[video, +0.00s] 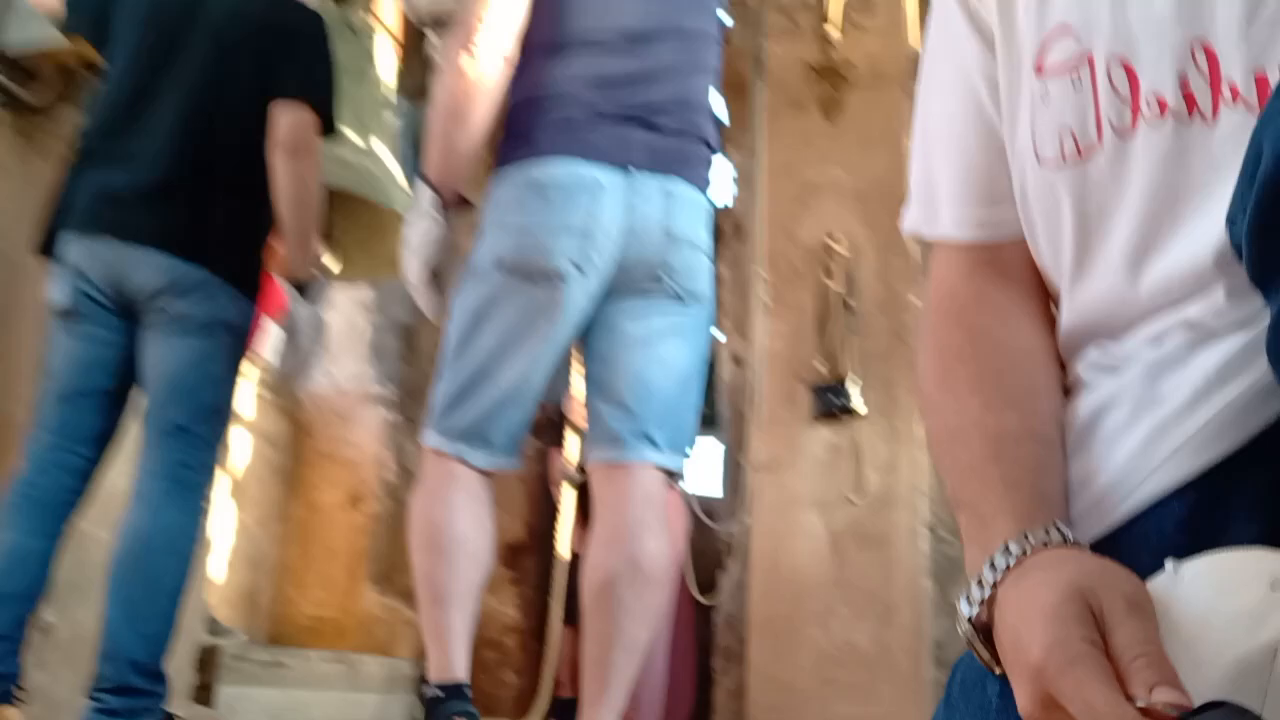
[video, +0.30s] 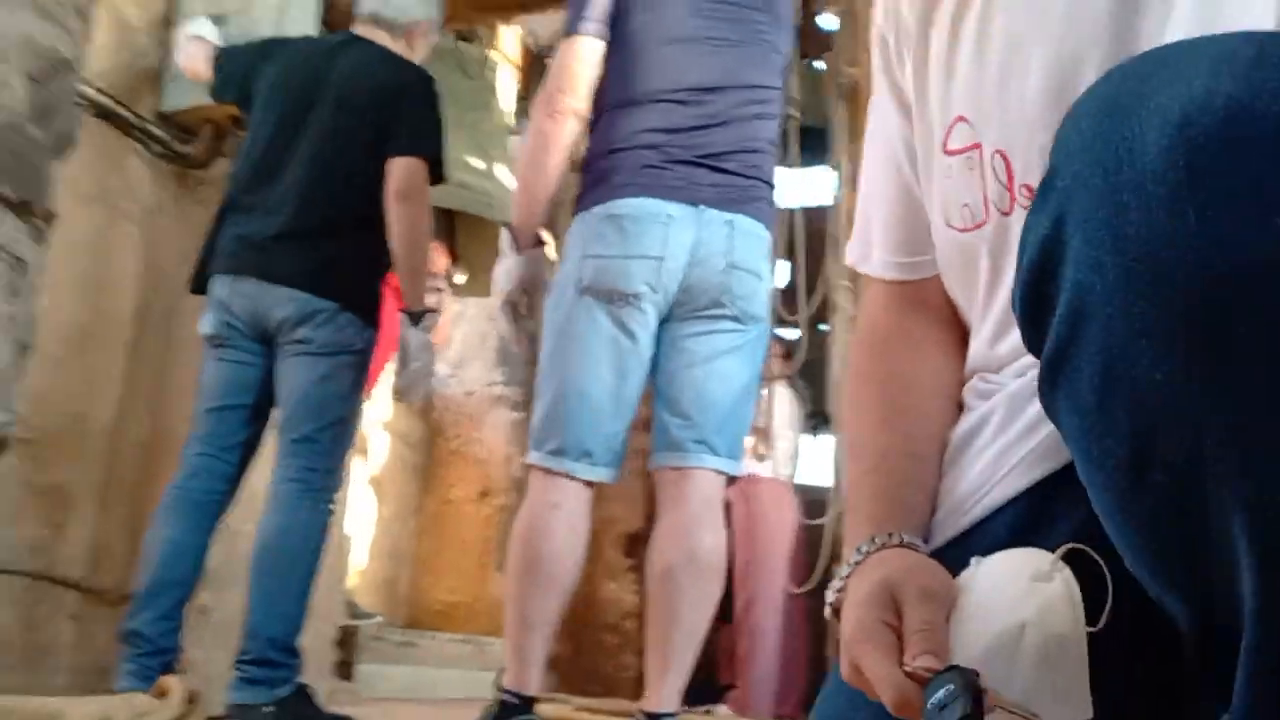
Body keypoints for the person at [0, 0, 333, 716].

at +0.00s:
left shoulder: (139, 3)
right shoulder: (291, 20)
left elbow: (77, 34)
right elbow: (293, 132)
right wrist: (303, 257)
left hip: (93, 226)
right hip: (201, 253)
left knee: (54, 459)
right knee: (173, 481)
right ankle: (126, 697)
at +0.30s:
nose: (431, 49)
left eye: (432, 38)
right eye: (432, 37)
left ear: (357, 14)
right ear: (419, 30)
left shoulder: (286, 54)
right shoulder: (408, 84)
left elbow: (198, 60)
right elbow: (405, 184)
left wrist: (194, 38)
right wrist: (418, 296)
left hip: (238, 278)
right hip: (329, 297)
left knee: (206, 464)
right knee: (304, 482)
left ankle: (144, 665)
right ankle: (265, 684)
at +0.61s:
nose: (340, 69)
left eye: (341, 59)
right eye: (342, 59)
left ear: (269, 37)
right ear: (331, 51)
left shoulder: (197, 80)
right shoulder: (321, 101)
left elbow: (110, 92)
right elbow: (319, 207)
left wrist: (100, 71)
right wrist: (332, 316)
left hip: (148, 302)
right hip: (239, 317)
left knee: (114, 490)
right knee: (217, 499)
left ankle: (50, 687)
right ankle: (179, 695)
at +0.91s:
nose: (364, 50)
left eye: (363, 38)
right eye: (365, 39)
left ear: (294, 17)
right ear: (358, 35)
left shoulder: (218, 59)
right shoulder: (343, 87)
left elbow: (133, 75)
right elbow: (344, 190)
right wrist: (356, 301)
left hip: (172, 285)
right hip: (264, 301)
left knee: (138, 473)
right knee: (239, 488)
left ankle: (76, 678)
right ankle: (202, 688)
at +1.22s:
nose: (336, 160)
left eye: (339, 149)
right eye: (339, 148)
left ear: (265, 126)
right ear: (325, 141)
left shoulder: (191, 165)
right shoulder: (318, 192)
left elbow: (114, 179)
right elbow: (317, 293)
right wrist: (332, 407)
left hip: (146, 381)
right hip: (239, 399)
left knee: (112, 571)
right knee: (214, 585)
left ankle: (59, 713)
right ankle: (184, 716)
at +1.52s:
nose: (288, 198)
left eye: (291, 183)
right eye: (284, 179)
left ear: (216, 167)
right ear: (244, 164)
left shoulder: (124, 206)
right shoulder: (247, 230)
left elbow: (55, 217)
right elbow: (241, 340)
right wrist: (256, 462)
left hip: (66, 433)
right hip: (164, 453)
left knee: (30, 616)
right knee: (132, 636)